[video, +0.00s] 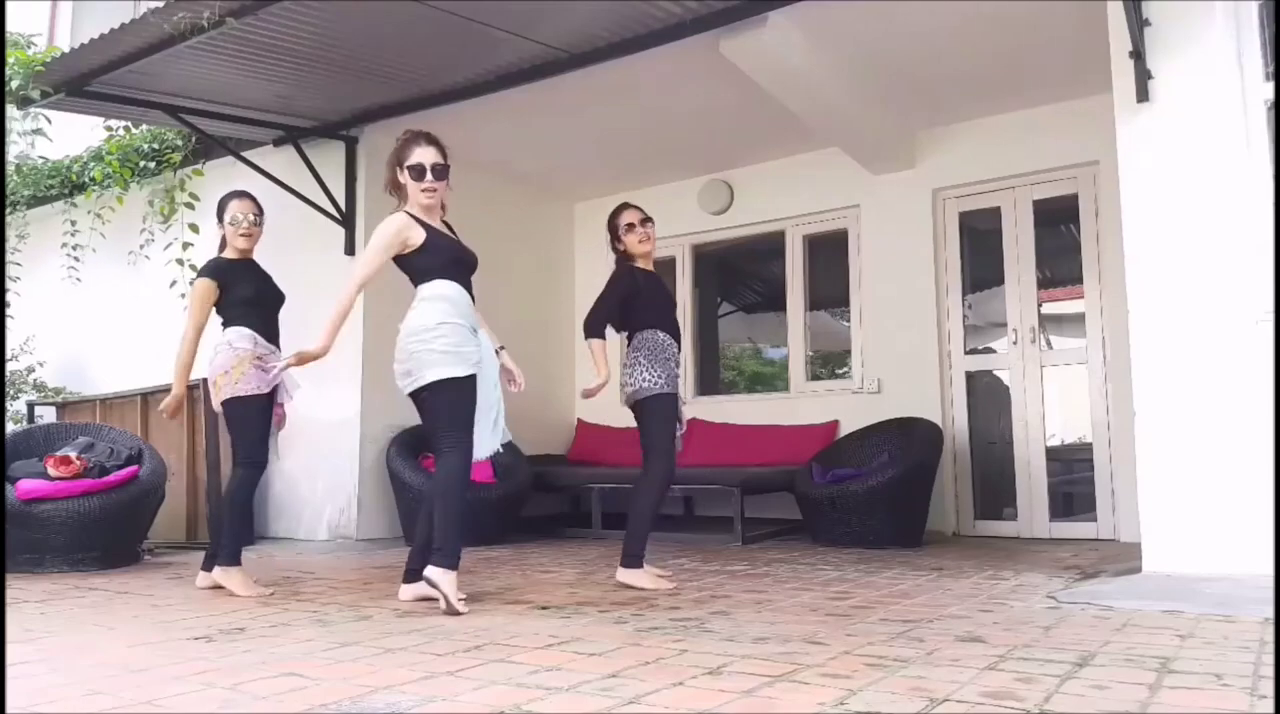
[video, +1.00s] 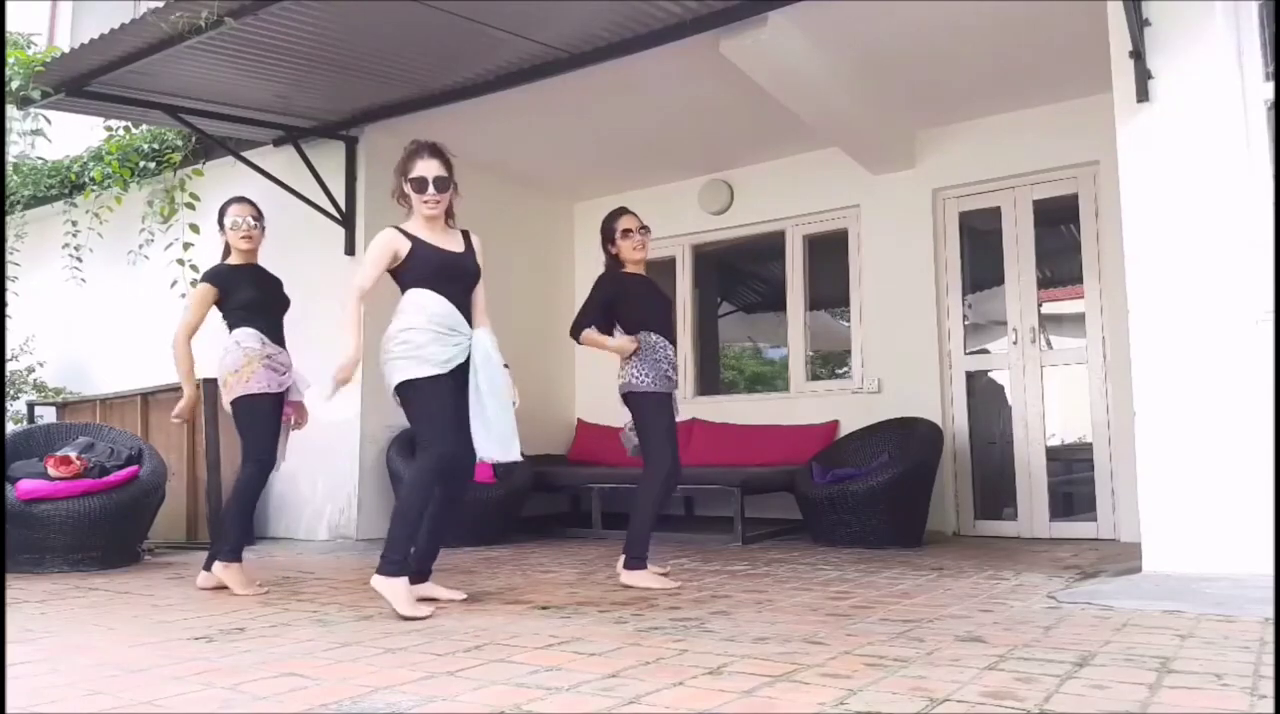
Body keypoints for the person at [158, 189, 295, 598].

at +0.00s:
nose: (247, 225)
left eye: (254, 219)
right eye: (237, 219)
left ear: (262, 226)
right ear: (222, 227)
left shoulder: (258, 271)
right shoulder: (215, 270)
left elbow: (267, 335)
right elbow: (193, 331)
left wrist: (276, 390)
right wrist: (179, 388)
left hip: (263, 373)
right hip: (237, 370)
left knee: (247, 465)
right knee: (251, 464)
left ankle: (215, 563)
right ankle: (229, 565)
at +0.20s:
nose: (247, 231)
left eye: (254, 225)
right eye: (237, 226)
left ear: (263, 233)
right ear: (223, 234)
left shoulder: (267, 289)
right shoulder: (211, 275)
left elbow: (272, 353)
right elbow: (202, 338)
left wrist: (288, 403)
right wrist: (222, 347)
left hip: (259, 384)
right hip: (222, 381)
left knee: (253, 472)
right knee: (259, 463)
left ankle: (213, 566)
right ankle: (229, 566)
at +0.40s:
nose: (248, 244)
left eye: (255, 239)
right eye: (239, 238)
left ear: (263, 246)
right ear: (224, 245)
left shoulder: (265, 301)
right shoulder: (205, 286)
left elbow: (274, 362)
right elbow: (189, 343)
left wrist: (287, 412)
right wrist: (238, 330)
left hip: (261, 390)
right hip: (221, 388)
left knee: (267, 482)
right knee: (257, 470)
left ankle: (215, 570)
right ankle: (266, 565)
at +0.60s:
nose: (246, 255)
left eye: (254, 249)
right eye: (237, 249)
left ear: (262, 257)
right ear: (222, 255)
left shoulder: (264, 309)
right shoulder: (207, 302)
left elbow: (273, 365)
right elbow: (199, 364)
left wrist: (284, 409)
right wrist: (225, 389)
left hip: (267, 399)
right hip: (227, 399)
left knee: (278, 492)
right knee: (274, 466)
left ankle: (215, 569)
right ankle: (255, 568)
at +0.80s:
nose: (248, 246)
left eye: (255, 240)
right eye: (238, 239)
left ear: (262, 248)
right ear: (223, 246)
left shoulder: (267, 301)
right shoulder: (208, 288)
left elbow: (279, 363)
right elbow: (183, 347)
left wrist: (301, 413)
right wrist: (217, 315)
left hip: (273, 390)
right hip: (235, 390)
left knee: (268, 489)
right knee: (276, 462)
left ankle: (214, 570)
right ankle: (258, 564)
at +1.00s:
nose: (248, 228)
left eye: (254, 221)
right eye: (237, 223)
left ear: (263, 229)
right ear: (224, 233)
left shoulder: (271, 279)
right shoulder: (221, 275)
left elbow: (278, 342)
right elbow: (182, 336)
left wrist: (292, 394)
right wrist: (190, 390)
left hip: (276, 376)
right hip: (246, 372)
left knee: (257, 465)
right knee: (259, 462)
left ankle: (215, 564)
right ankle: (228, 560)